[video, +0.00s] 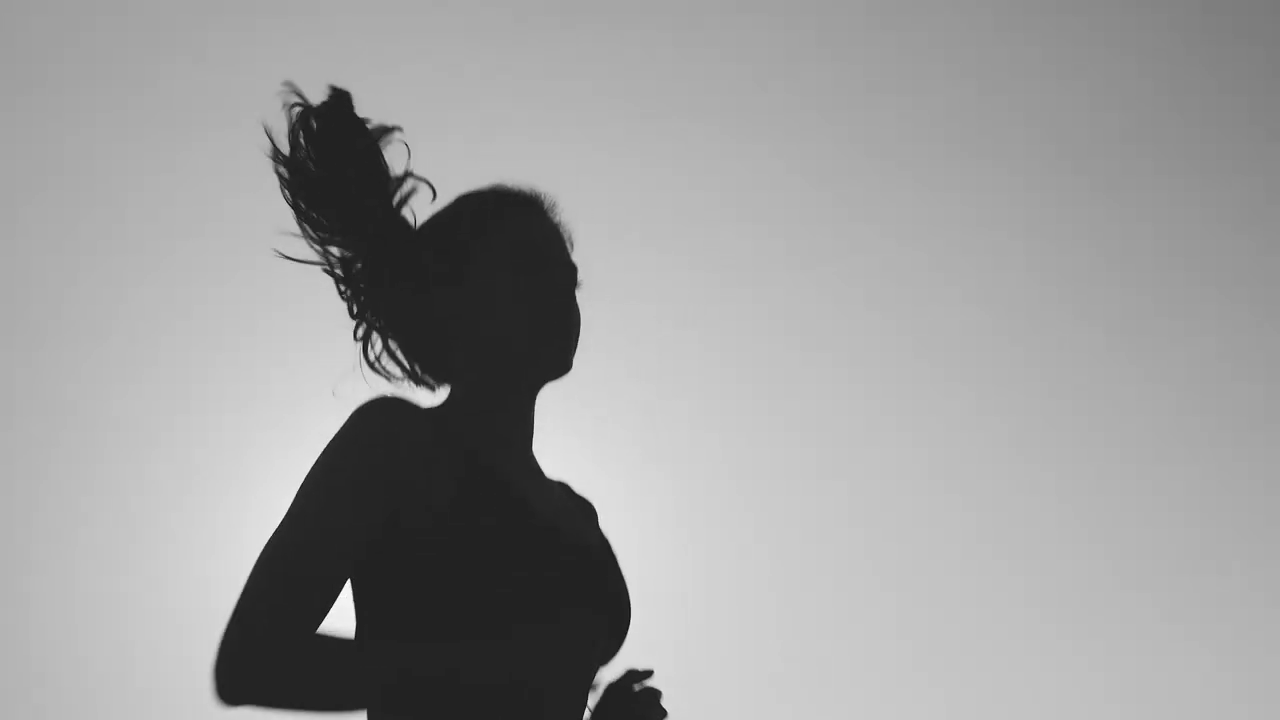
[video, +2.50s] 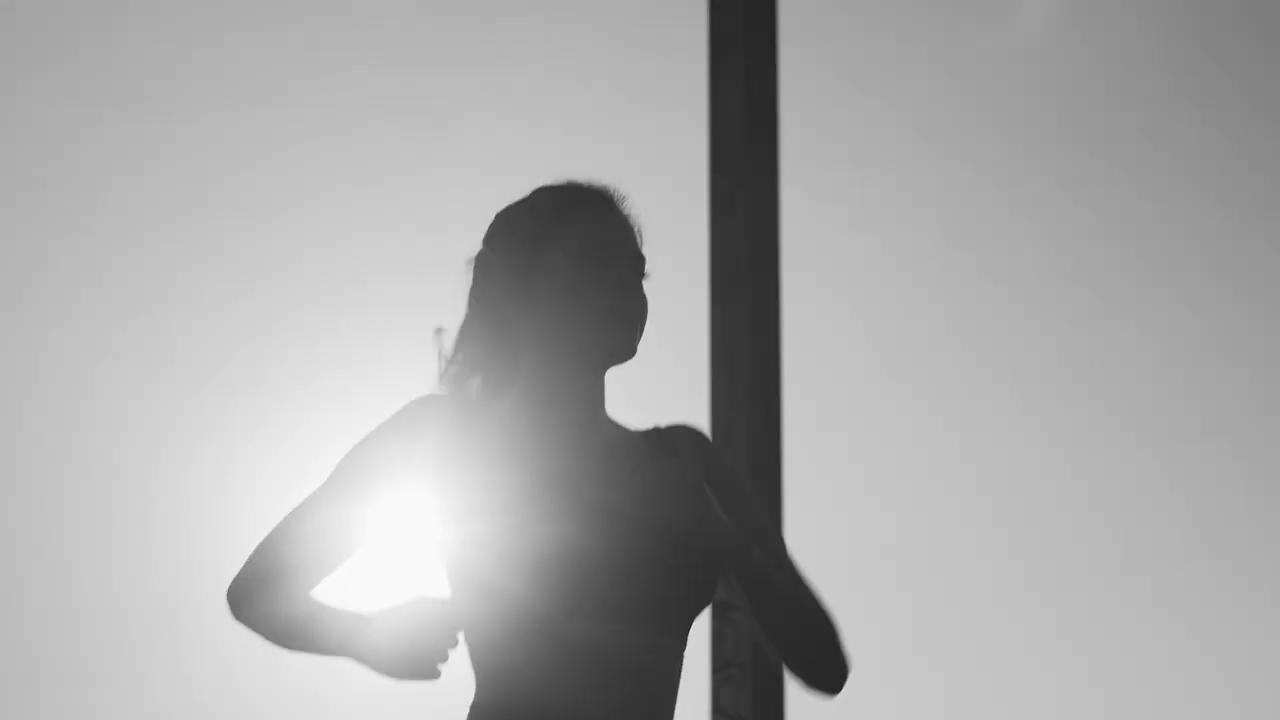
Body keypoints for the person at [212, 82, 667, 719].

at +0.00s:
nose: (573, 302)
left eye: (570, 283)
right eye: (544, 278)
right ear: (460, 299)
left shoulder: (572, 512)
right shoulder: (391, 437)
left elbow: (539, 696)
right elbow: (250, 664)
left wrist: (601, 710)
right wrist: (489, 667)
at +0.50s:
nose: (549, 252)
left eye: (552, 231)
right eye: (518, 225)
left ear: (556, 259)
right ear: (435, 245)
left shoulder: (589, 445)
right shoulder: (338, 399)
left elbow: (719, 664)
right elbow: (166, 574)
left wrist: (629, 516)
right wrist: (270, 616)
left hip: (527, 709)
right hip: (379, 705)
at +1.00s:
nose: (521, 269)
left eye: (532, 247)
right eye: (488, 242)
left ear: (547, 276)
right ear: (416, 266)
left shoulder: (573, 455)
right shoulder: (322, 425)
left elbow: (648, 688)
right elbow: (179, 656)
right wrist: (346, 625)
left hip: (523, 708)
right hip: (376, 712)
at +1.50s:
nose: (563, 292)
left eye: (563, 268)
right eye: (540, 264)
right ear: (463, 273)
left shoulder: (540, 472)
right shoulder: (390, 405)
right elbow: (346, 609)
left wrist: (577, 697)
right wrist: (574, 529)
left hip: (531, 708)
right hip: (423, 705)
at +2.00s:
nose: (605, 324)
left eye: (603, 306)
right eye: (573, 304)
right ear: (488, 336)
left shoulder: (606, 528)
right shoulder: (439, 459)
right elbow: (288, 658)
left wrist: (646, 706)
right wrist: (505, 673)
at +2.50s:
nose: (643, 294)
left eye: (640, 271)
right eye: (622, 270)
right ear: (548, 285)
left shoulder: (678, 463)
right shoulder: (438, 434)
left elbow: (826, 668)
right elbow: (258, 593)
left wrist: (726, 530)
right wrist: (364, 636)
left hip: (637, 710)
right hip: (506, 710)